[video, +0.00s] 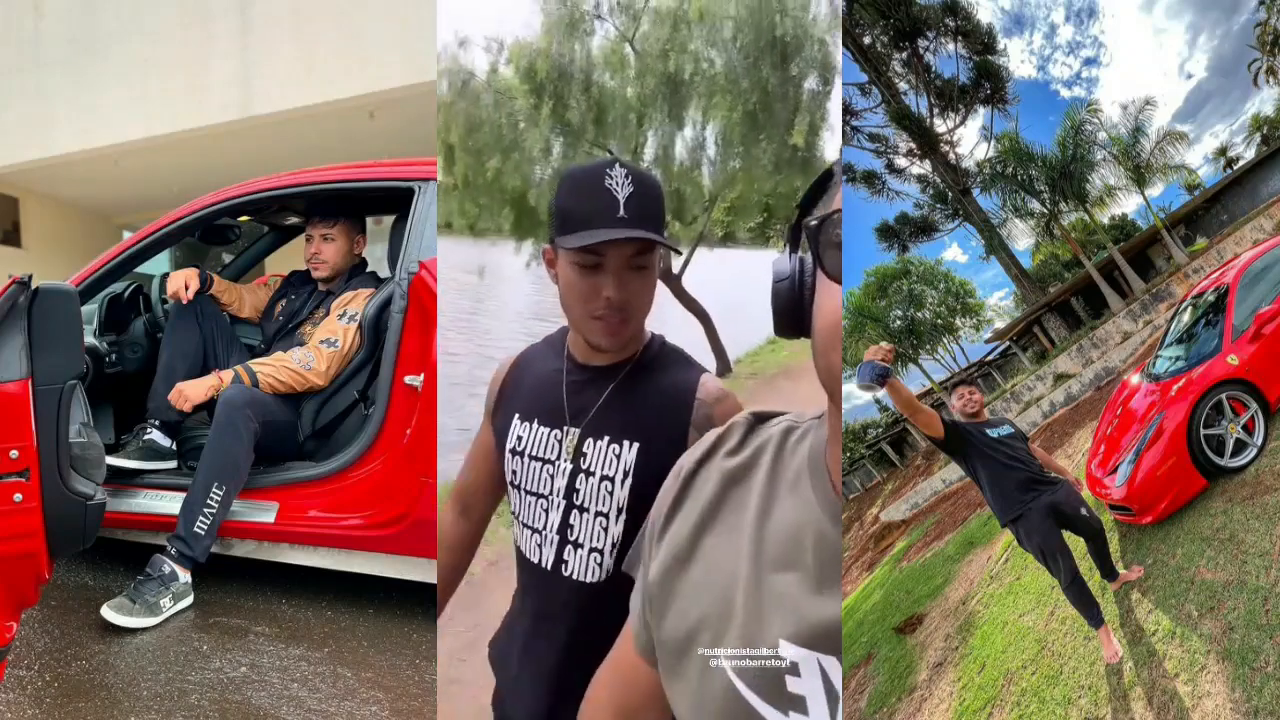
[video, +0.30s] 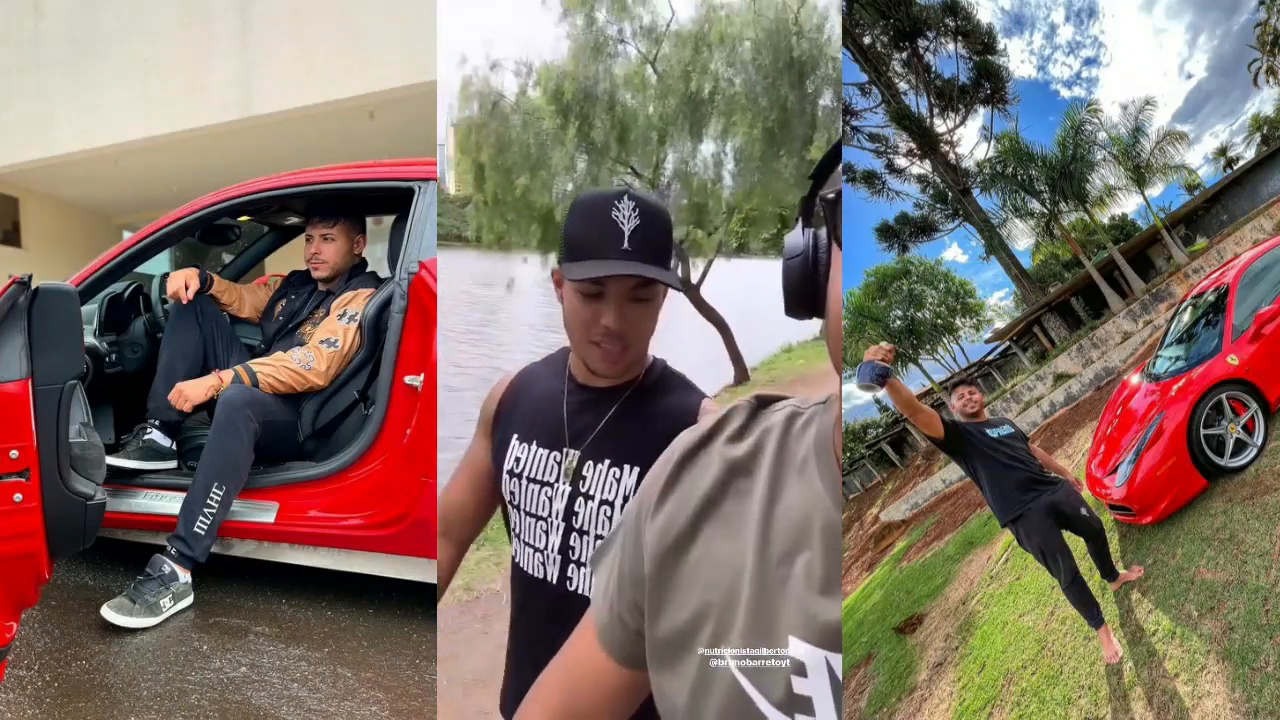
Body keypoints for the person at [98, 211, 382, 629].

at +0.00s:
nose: (314, 250)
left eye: (328, 239)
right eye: (310, 239)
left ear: (358, 245)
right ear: (304, 244)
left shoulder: (362, 297)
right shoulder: (292, 286)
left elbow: (315, 366)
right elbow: (242, 299)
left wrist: (219, 380)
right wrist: (202, 278)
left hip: (316, 410)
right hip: (266, 389)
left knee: (239, 402)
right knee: (196, 303)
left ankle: (177, 568)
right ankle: (161, 433)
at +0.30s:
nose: (315, 249)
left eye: (328, 239)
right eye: (310, 239)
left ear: (358, 245)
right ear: (304, 244)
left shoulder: (361, 297)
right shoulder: (292, 286)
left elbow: (315, 366)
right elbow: (243, 299)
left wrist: (220, 380)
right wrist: (203, 279)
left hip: (315, 410)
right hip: (265, 388)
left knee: (239, 402)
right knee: (196, 303)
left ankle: (177, 568)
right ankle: (161, 433)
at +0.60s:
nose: (314, 250)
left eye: (328, 239)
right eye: (310, 239)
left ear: (358, 245)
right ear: (304, 244)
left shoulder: (362, 297)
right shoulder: (292, 286)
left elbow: (315, 366)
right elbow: (242, 299)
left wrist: (219, 380)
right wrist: (202, 278)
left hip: (316, 410)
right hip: (266, 389)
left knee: (239, 402)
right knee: (196, 303)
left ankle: (177, 568)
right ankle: (161, 433)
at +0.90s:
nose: (314, 250)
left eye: (328, 239)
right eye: (310, 239)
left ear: (358, 245)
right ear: (304, 244)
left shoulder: (362, 297)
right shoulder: (292, 286)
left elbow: (315, 366)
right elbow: (242, 299)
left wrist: (219, 380)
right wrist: (202, 278)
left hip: (316, 410)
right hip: (266, 389)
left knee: (239, 402)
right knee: (196, 303)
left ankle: (177, 568)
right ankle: (161, 433)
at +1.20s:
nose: (314, 249)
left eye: (327, 239)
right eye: (310, 239)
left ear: (358, 245)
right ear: (304, 244)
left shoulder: (362, 297)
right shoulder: (292, 286)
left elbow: (315, 366)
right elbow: (243, 299)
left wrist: (220, 380)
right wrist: (202, 279)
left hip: (317, 411)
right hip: (266, 390)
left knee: (239, 402)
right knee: (196, 303)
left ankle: (177, 568)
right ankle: (161, 432)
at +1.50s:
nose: (314, 250)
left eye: (328, 239)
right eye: (310, 239)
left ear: (358, 245)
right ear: (304, 244)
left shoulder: (362, 297)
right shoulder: (292, 286)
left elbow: (315, 366)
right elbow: (242, 299)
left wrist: (219, 380)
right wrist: (202, 278)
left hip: (316, 410)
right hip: (266, 389)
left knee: (239, 402)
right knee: (195, 303)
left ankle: (177, 568)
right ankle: (161, 433)